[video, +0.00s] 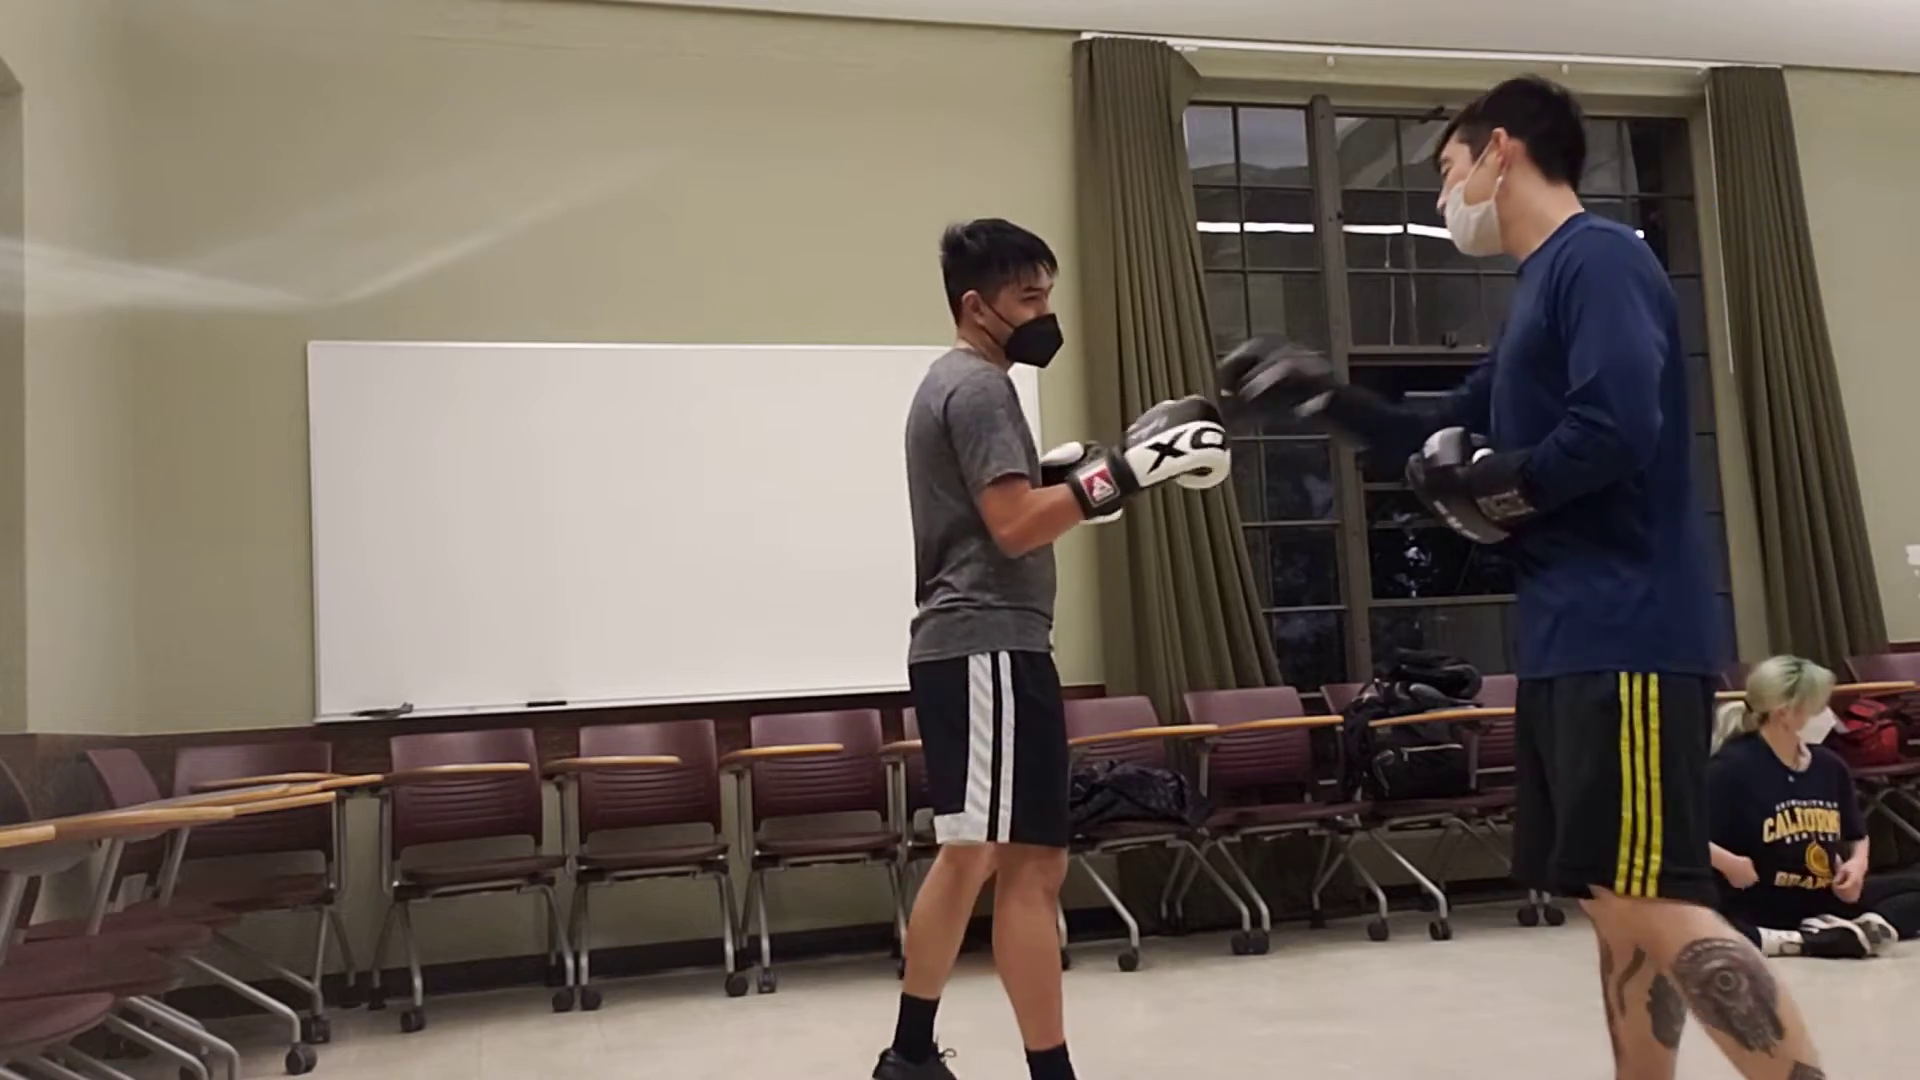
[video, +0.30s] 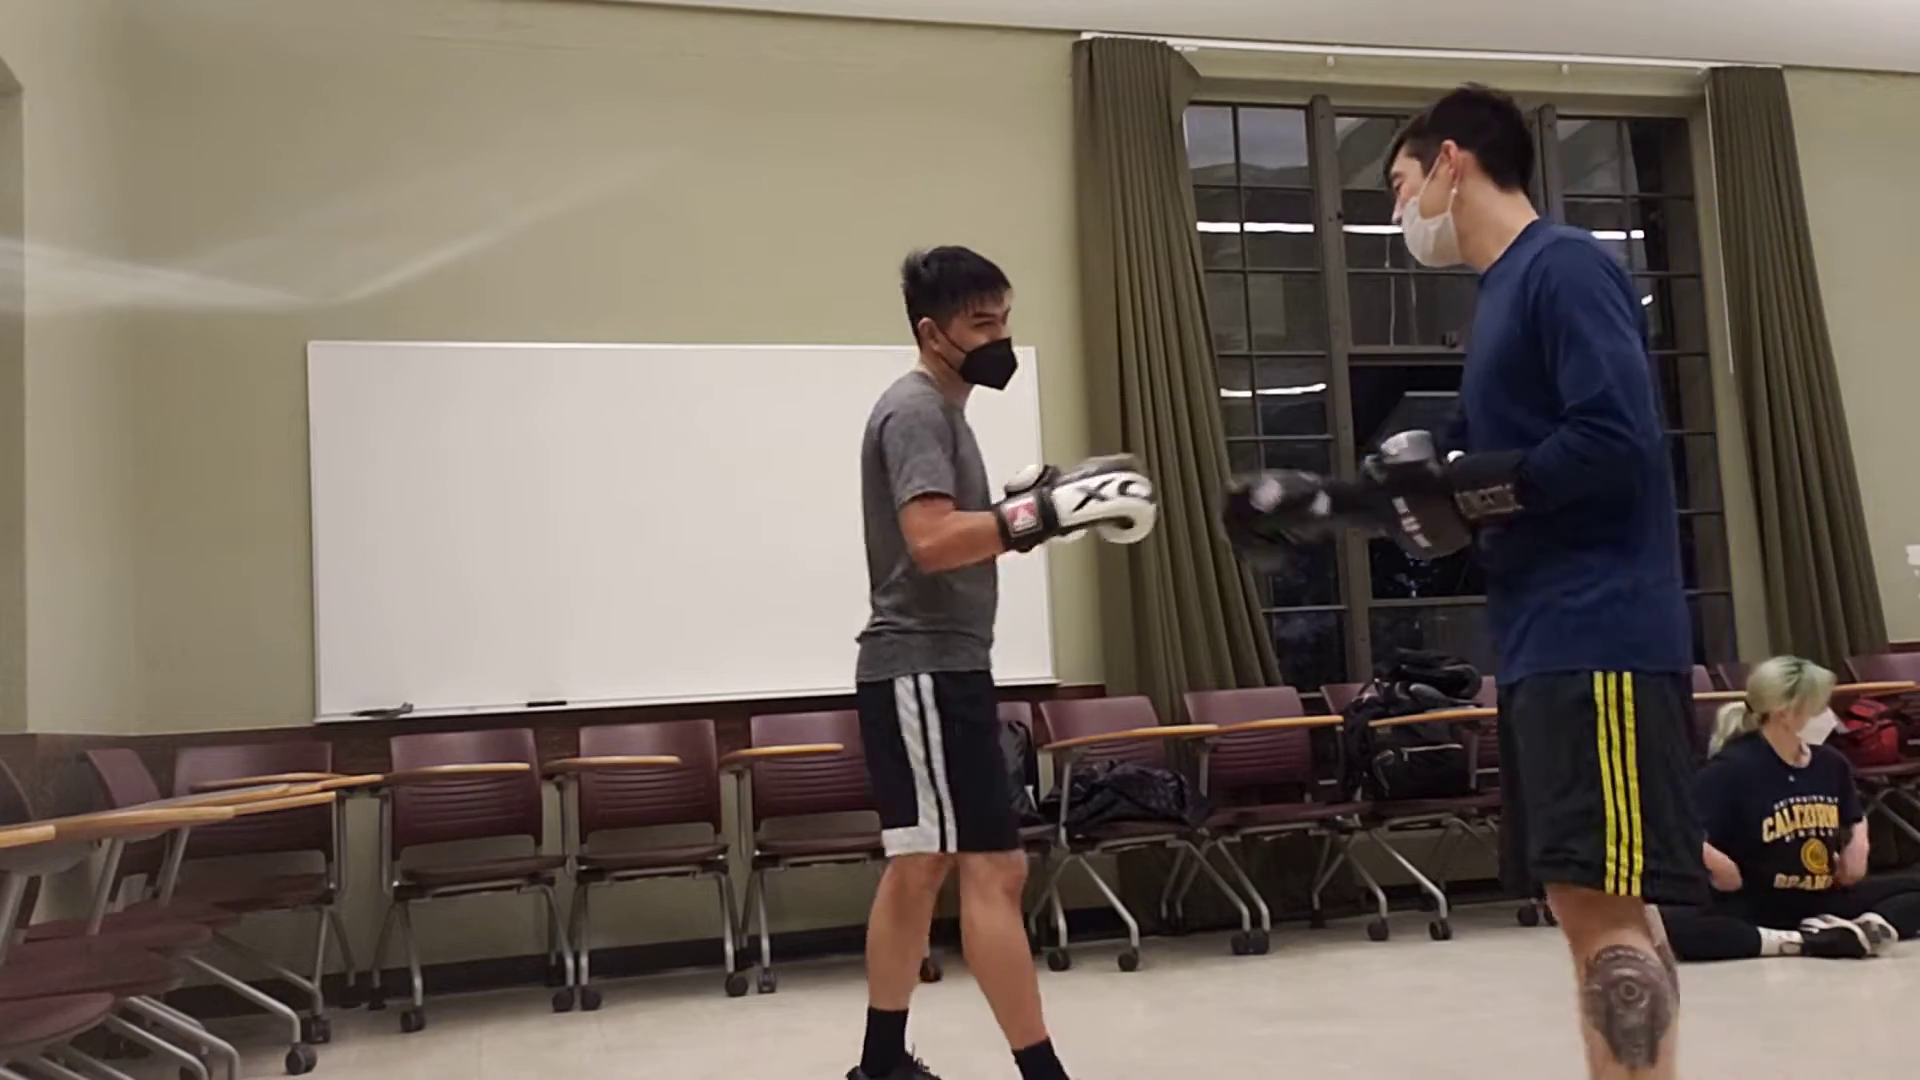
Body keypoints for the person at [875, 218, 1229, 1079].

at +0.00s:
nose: (1044, 309)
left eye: (1046, 292)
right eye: (1028, 293)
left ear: (978, 305)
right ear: (974, 301)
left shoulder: (950, 384)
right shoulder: (979, 387)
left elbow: (989, 515)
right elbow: (1017, 526)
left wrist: (1076, 474)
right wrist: (1119, 475)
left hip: (959, 647)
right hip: (995, 650)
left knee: (965, 855)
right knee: (1033, 866)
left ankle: (909, 1051)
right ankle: (1054, 1074)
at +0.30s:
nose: (999, 335)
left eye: (1003, 318)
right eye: (981, 321)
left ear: (1001, 315)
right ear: (929, 328)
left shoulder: (944, 414)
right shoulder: (913, 412)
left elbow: (952, 539)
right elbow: (931, 544)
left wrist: (1030, 504)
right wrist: (1037, 512)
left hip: (941, 667)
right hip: (925, 669)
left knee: (917, 864)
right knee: (992, 870)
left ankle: (882, 1059)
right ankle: (1045, 1071)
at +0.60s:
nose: (950, 334)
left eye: (956, 318)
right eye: (931, 319)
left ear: (957, 319)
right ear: (882, 323)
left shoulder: (906, 414)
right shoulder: (856, 416)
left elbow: (883, 535)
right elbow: (807, 551)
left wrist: (947, 554)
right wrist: (914, 589)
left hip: (897, 658)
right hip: (862, 662)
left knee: (903, 862)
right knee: (908, 863)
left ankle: (878, 1052)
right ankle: (873, 1056)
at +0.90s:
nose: (919, 344)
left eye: (926, 324)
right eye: (900, 326)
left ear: (928, 317)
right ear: (848, 320)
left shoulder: (866, 414)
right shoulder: (811, 410)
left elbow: (846, 550)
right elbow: (798, 556)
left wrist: (933, 557)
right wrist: (918, 564)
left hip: (853, 673)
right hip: (797, 672)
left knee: (866, 864)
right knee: (790, 878)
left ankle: (876, 1056)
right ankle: (770, 1075)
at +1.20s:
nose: (882, 331)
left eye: (891, 316)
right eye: (863, 314)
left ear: (897, 317)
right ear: (814, 314)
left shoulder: (853, 423)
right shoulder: (777, 406)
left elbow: (842, 543)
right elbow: (753, 543)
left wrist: (919, 506)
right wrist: (871, 554)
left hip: (839, 671)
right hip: (782, 669)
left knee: (835, 863)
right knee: (786, 874)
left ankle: (800, 1049)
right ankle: (769, 1070)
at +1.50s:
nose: (880, 349)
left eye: (891, 335)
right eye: (863, 332)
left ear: (898, 337)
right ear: (818, 329)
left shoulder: (857, 436)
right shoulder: (778, 422)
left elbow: (859, 566)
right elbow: (723, 547)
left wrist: (923, 516)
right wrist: (816, 612)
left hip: (838, 668)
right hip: (794, 667)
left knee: (829, 867)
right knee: (823, 867)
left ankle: (794, 1054)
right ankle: (787, 1060)